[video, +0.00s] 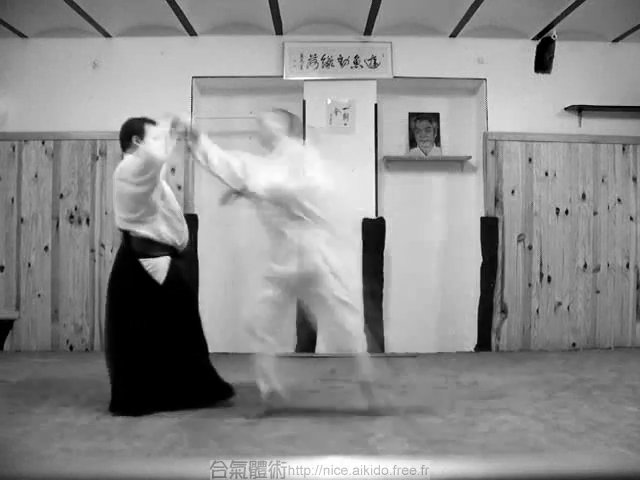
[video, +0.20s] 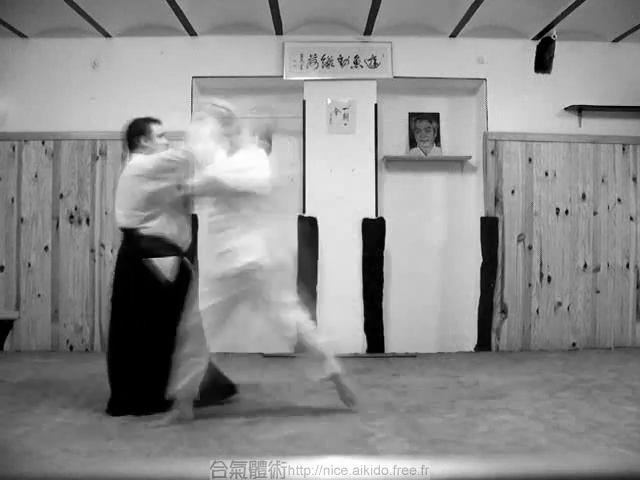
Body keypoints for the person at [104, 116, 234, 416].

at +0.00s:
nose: (159, 141)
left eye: (158, 136)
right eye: (153, 136)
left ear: (137, 143)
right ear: (136, 141)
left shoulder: (147, 171)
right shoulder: (129, 171)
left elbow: (165, 161)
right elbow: (153, 157)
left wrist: (173, 137)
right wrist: (162, 128)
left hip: (160, 257)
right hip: (144, 259)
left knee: (170, 328)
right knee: (145, 331)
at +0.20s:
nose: (166, 141)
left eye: (164, 135)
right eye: (159, 137)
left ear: (139, 143)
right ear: (142, 142)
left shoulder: (135, 167)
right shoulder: (147, 166)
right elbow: (189, 155)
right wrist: (207, 128)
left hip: (134, 250)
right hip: (158, 253)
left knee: (132, 325)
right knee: (155, 327)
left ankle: (127, 397)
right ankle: (145, 398)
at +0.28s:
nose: (172, 142)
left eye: (170, 137)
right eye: (165, 138)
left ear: (145, 143)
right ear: (147, 143)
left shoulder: (142, 166)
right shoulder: (150, 166)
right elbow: (196, 160)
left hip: (141, 250)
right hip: (150, 253)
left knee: (138, 325)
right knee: (146, 327)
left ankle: (132, 398)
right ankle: (137, 398)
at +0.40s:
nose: (187, 145)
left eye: (188, 140)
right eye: (181, 140)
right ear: (162, 143)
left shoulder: (178, 166)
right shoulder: (157, 165)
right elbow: (187, 173)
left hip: (177, 244)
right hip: (154, 245)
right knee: (140, 323)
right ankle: (130, 397)